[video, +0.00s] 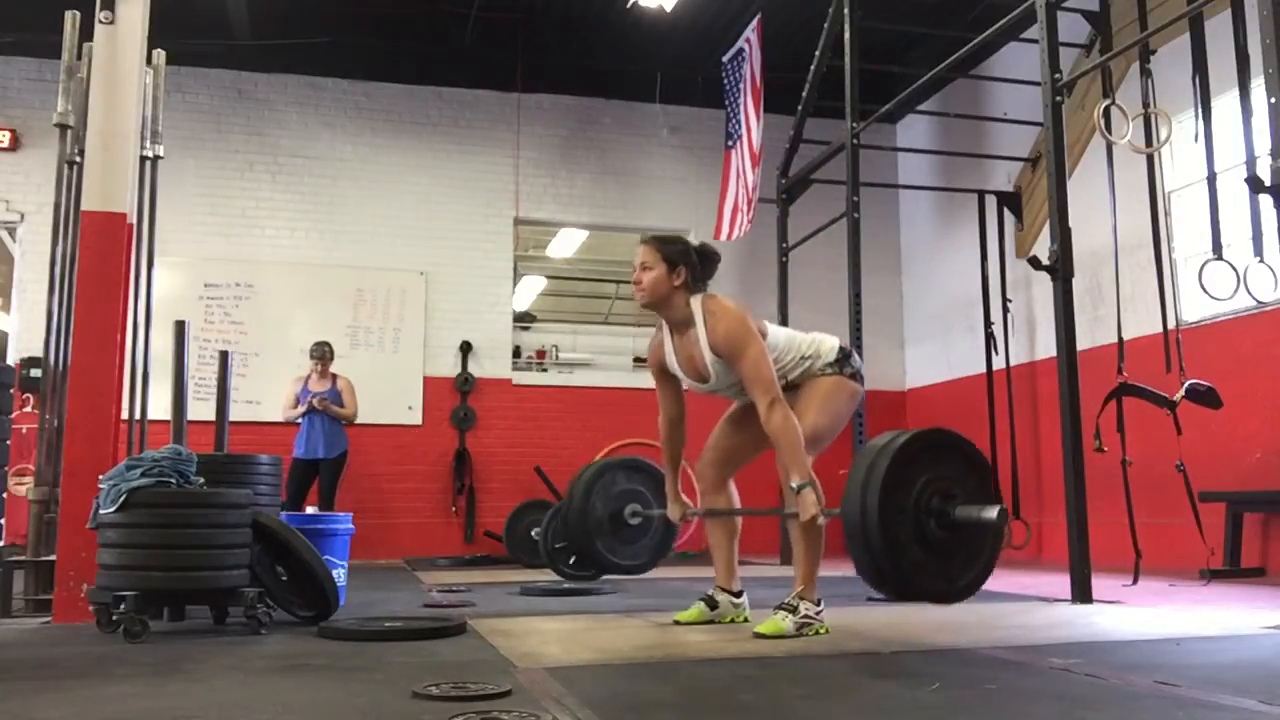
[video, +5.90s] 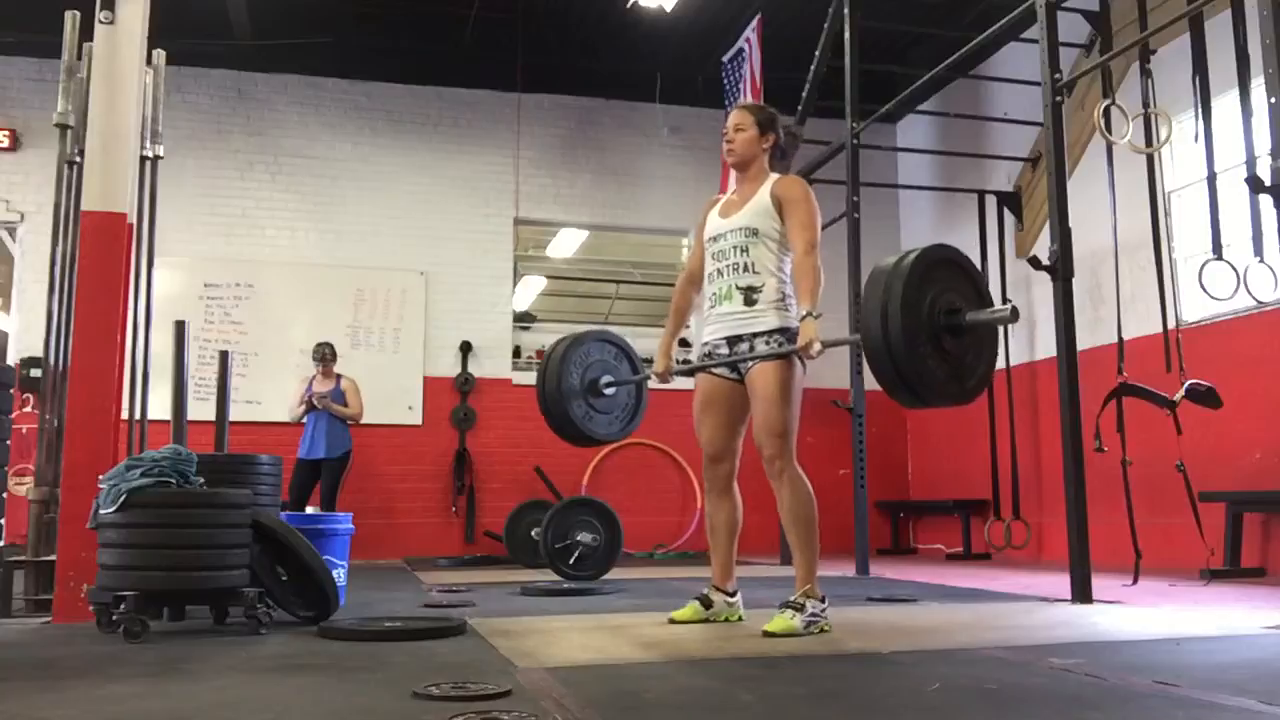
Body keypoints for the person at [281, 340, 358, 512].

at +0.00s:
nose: (319, 369)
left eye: (324, 365)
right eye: (316, 364)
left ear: (331, 362)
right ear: (310, 361)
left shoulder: (342, 383)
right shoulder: (298, 383)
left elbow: (351, 415)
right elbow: (286, 415)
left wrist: (328, 407)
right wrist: (304, 408)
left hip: (333, 449)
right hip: (305, 449)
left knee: (326, 501)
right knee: (293, 500)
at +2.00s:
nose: (322, 370)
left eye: (327, 366)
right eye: (319, 365)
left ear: (335, 363)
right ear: (314, 362)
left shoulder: (346, 384)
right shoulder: (306, 383)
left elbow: (356, 415)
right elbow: (291, 417)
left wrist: (330, 406)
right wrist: (305, 407)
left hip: (336, 449)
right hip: (309, 449)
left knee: (327, 501)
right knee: (296, 498)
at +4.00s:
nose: (321, 369)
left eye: (326, 365)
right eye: (318, 365)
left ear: (334, 362)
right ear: (313, 363)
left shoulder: (346, 383)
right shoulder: (307, 383)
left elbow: (357, 415)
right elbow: (292, 417)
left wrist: (329, 405)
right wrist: (305, 406)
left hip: (336, 449)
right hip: (309, 449)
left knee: (327, 501)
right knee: (296, 498)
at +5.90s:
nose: (321, 370)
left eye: (325, 366)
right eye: (317, 365)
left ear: (334, 362)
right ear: (313, 362)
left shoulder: (346, 384)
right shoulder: (307, 383)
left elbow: (357, 415)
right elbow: (293, 416)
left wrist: (329, 405)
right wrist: (306, 405)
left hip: (336, 450)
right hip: (309, 449)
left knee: (327, 503)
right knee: (295, 500)